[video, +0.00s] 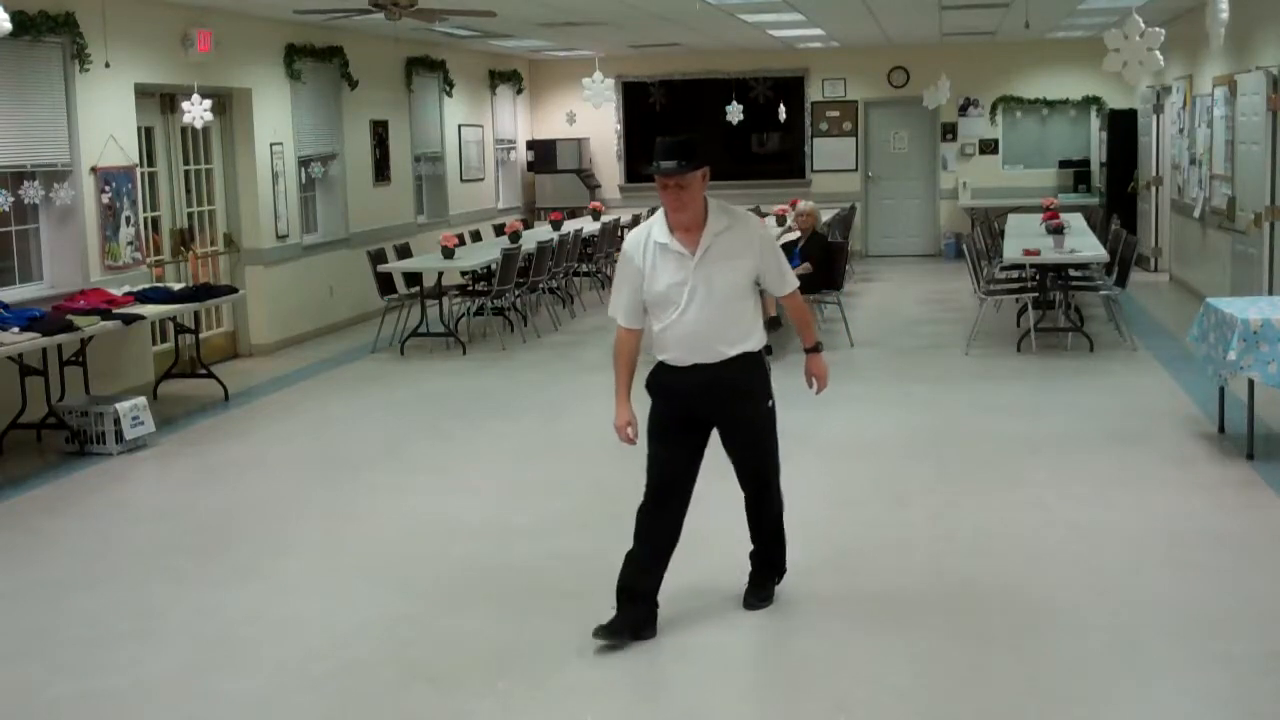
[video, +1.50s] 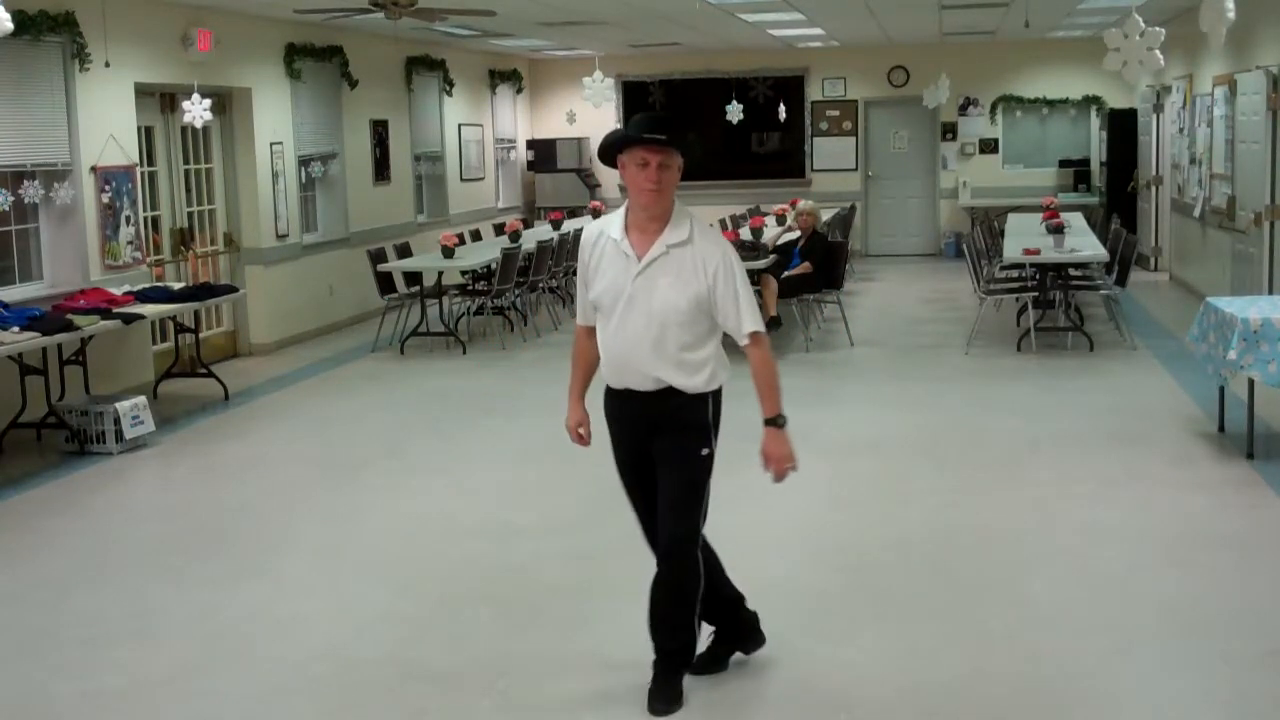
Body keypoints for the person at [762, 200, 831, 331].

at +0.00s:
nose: (804, 219)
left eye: (808, 216)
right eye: (801, 216)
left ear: (815, 219)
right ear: (796, 219)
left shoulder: (820, 240)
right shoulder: (793, 242)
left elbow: (814, 264)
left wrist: (790, 275)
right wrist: (793, 272)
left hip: (812, 279)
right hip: (793, 278)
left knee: (768, 284)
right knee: (769, 278)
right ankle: (773, 316)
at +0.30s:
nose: (804, 219)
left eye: (808, 215)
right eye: (801, 215)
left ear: (815, 219)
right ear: (796, 219)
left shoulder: (820, 240)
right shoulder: (795, 242)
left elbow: (810, 266)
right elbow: (767, 250)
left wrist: (785, 275)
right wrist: (784, 230)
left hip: (809, 278)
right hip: (789, 274)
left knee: (766, 291)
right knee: (766, 277)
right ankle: (773, 317)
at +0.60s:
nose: (804, 219)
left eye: (808, 215)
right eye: (800, 215)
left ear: (815, 219)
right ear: (796, 220)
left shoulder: (820, 240)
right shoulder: (795, 242)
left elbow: (810, 267)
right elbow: (767, 248)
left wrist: (785, 275)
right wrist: (784, 229)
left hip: (808, 279)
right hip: (789, 275)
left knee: (768, 292)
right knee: (765, 276)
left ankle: (763, 344)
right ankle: (773, 316)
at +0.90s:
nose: (804, 218)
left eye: (808, 215)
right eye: (801, 215)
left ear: (815, 219)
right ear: (796, 220)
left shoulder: (820, 239)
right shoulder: (796, 241)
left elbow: (809, 267)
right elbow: (767, 249)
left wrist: (785, 276)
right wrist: (784, 230)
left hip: (809, 278)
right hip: (789, 274)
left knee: (767, 291)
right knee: (765, 275)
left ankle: (763, 344)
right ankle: (773, 316)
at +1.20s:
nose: (804, 218)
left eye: (808, 215)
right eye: (801, 215)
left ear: (815, 219)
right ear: (796, 219)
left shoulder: (820, 239)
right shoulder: (797, 240)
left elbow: (809, 267)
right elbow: (767, 248)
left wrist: (785, 276)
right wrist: (784, 229)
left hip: (808, 278)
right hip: (789, 274)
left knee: (767, 291)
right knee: (766, 275)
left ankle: (762, 344)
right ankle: (773, 316)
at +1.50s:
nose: (804, 218)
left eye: (808, 215)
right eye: (801, 215)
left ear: (815, 218)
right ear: (796, 219)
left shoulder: (820, 239)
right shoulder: (795, 242)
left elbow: (809, 266)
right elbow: (767, 249)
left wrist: (785, 275)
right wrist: (784, 230)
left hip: (809, 278)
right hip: (791, 275)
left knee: (767, 290)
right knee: (766, 276)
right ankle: (773, 316)